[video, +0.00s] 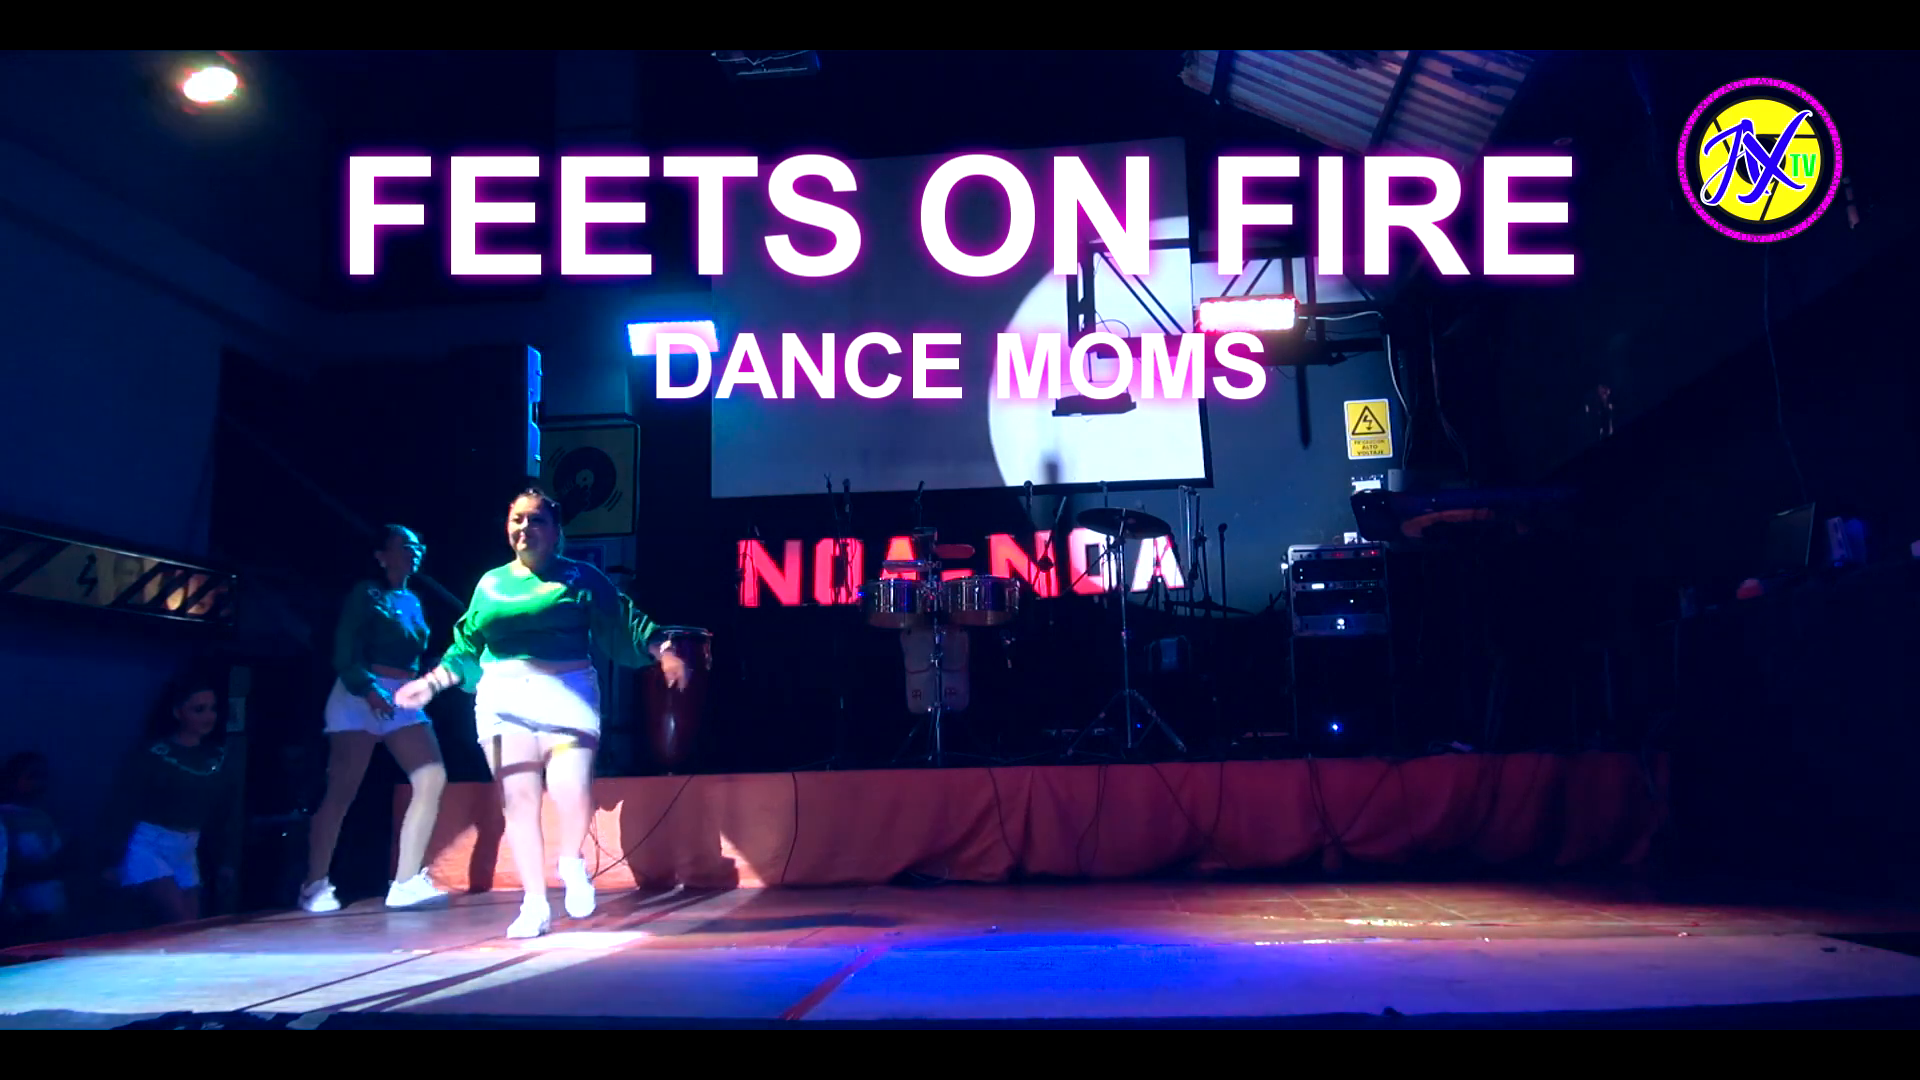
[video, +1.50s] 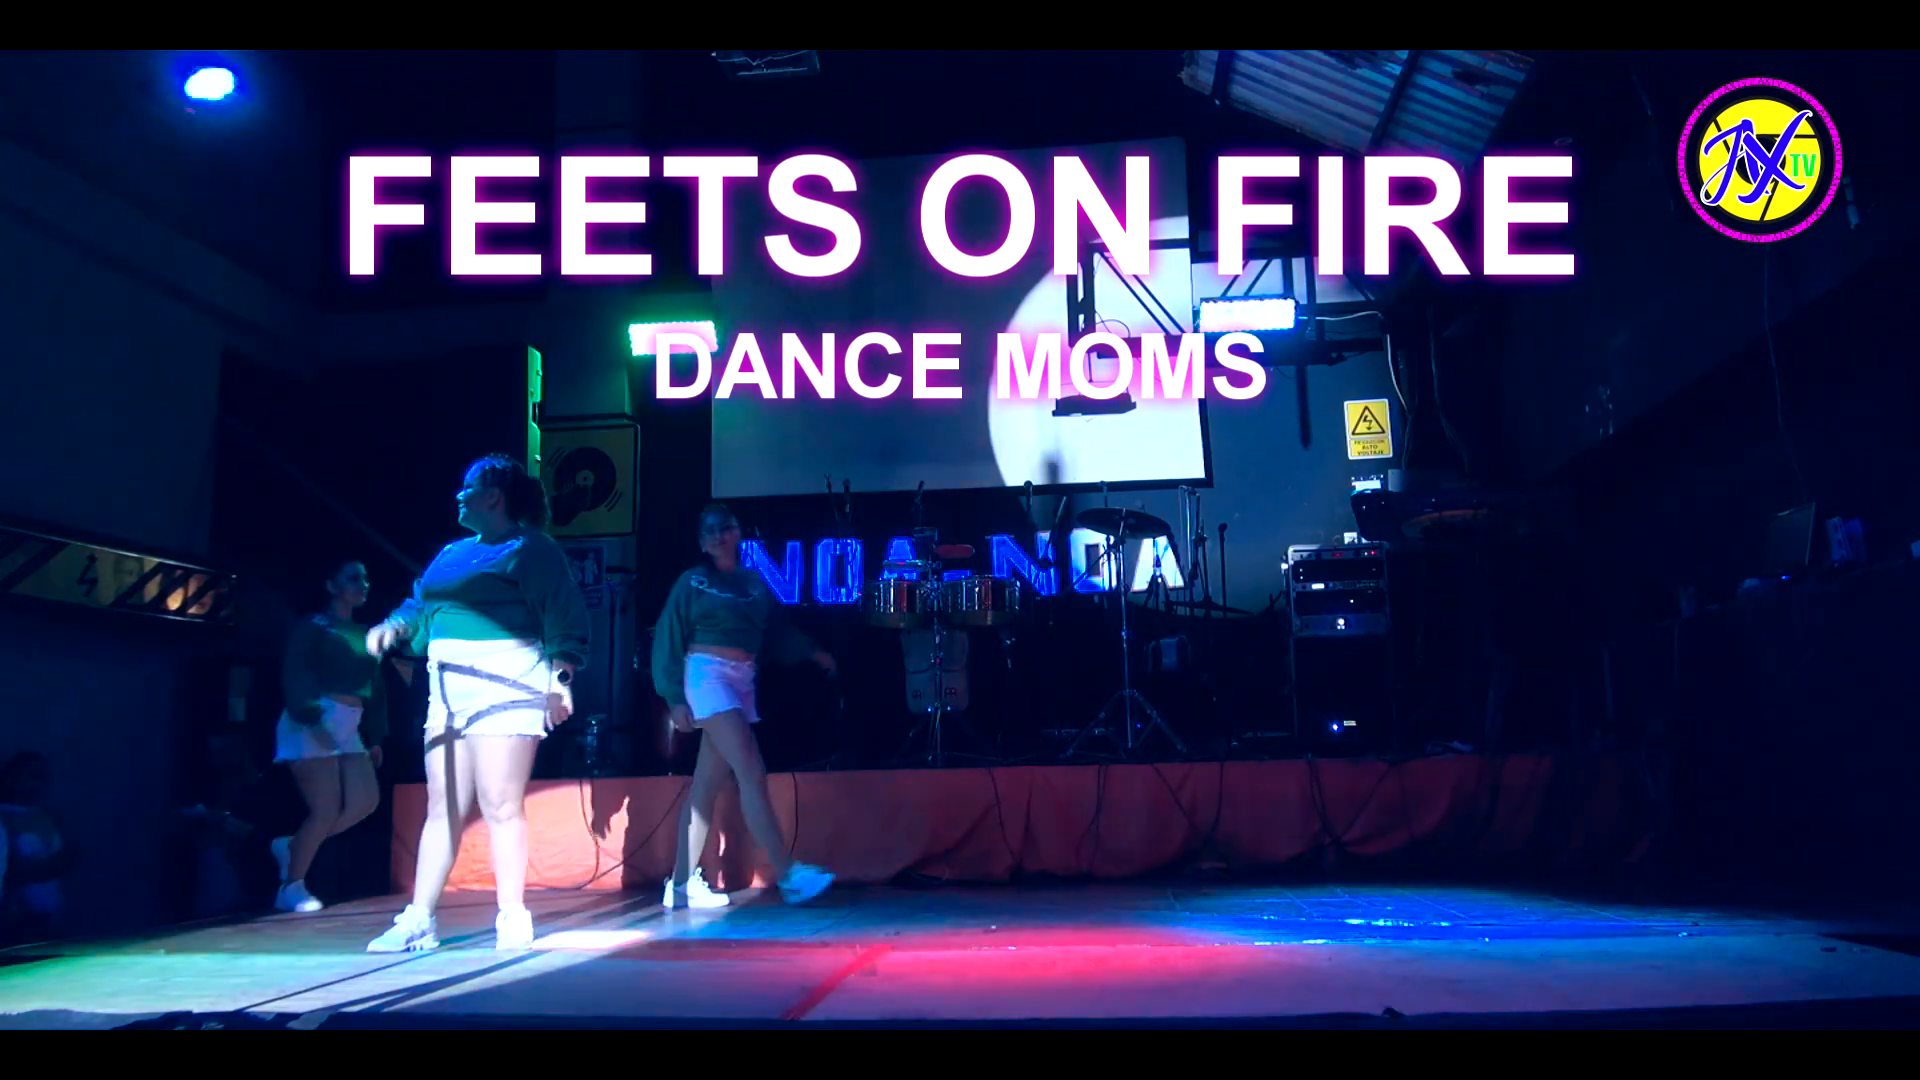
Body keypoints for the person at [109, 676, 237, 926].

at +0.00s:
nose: (209, 716)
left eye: (213, 709)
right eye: (199, 709)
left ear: (217, 710)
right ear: (179, 712)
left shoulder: (216, 760)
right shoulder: (155, 754)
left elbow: (221, 814)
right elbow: (128, 803)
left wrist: (223, 862)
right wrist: (113, 857)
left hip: (187, 851)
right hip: (149, 847)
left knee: (188, 926)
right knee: (184, 923)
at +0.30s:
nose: (235, 695)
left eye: (239, 688)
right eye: (227, 687)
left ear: (242, 692)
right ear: (205, 689)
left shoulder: (233, 737)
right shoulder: (178, 733)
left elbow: (237, 787)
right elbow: (162, 786)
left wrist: (236, 821)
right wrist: (184, 834)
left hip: (215, 817)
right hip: (176, 818)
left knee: (245, 851)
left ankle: (220, 920)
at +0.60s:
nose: (271, 667)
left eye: (274, 660)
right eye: (263, 658)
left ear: (278, 667)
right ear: (242, 663)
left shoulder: (270, 713)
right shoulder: (219, 707)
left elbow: (274, 765)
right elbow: (203, 761)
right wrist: (215, 813)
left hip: (254, 800)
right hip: (213, 799)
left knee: (271, 867)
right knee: (205, 885)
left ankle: (232, 926)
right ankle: (179, 941)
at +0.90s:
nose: (301, 633)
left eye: (304, 627)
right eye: (292, 626)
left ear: (306, 636)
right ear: (270, 631)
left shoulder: (303, 685)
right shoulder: (242, 675)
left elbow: (318, 739)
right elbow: (211, 724)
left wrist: (334, 782)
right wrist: (193, 773)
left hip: (280, 771)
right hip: (238, 768)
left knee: (276, 849)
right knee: (304, 805)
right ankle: (251, 873)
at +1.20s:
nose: (333, 611)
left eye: (335, 605)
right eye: (323, 604)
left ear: (338, 614)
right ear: (302, 611)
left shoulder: (339, 666)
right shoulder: (279, 655)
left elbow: (359, 715)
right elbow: (243, 701)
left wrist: (383, 752)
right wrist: (220, 750)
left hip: (310, 751)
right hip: (272, 744)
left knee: (275, 839)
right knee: (323, 808)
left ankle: (246, 915)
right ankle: (293, 887)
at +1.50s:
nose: (363, 586)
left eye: (365, 581)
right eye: (355, 580)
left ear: (366, 588)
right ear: (333, 585)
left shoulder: (367, 636)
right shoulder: (313, 629)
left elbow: (373, 693)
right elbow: (295, 678)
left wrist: (374, 739)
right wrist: (315, 720)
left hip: (350, 728)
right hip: (312, 724)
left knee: (365, 801)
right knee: (325, 807)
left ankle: (294, 847)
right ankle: (293, 887)